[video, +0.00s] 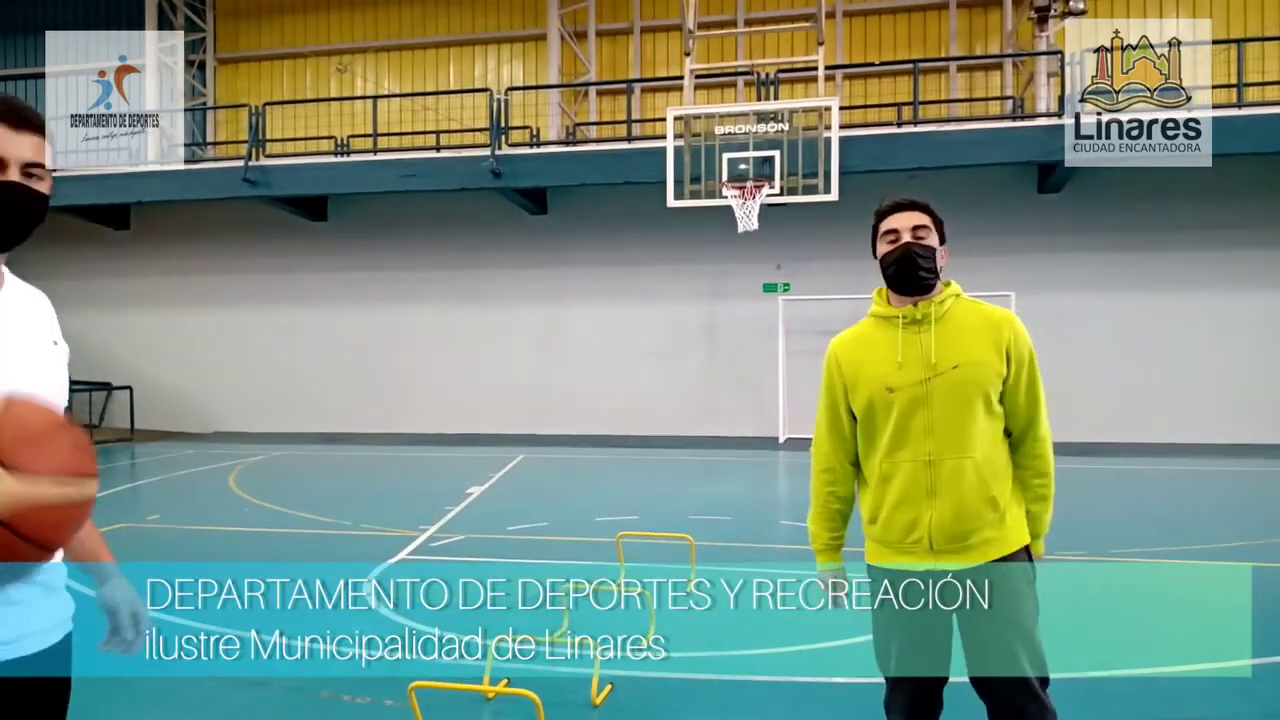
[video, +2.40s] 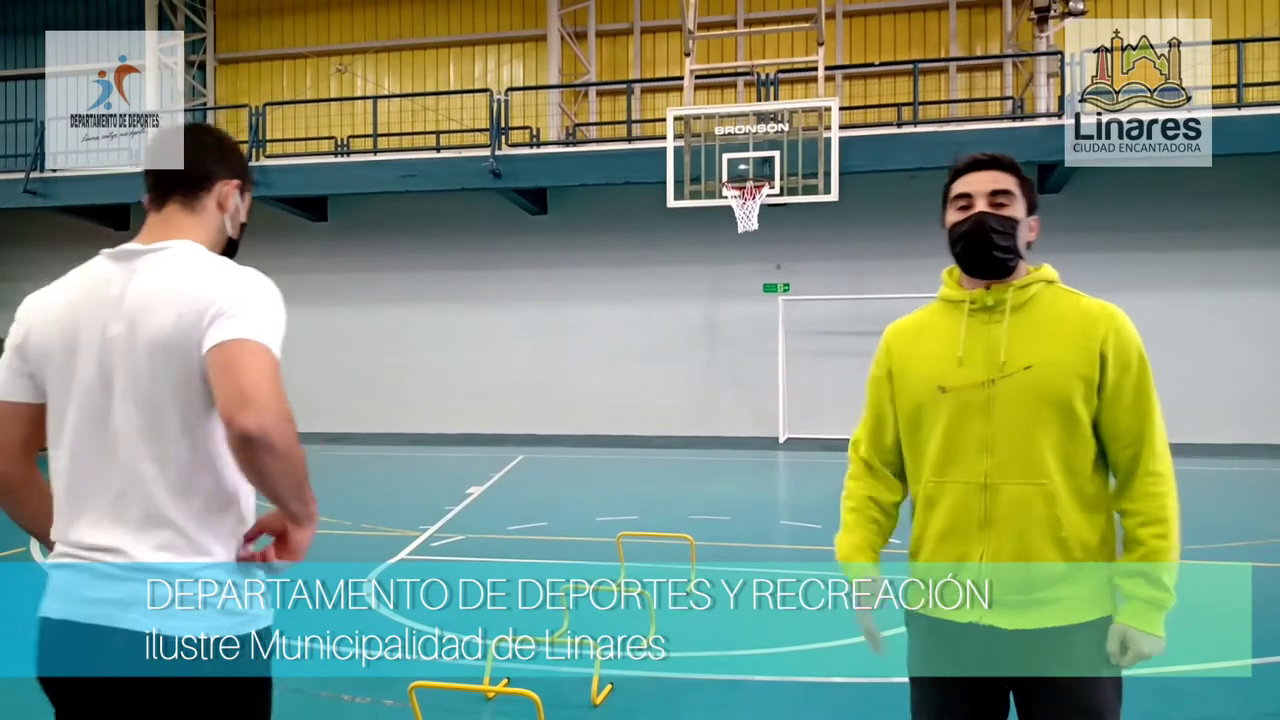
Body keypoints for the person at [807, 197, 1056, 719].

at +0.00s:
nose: (906, 241)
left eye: (919, 232)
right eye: (891, 236)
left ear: (943, 252)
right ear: (877, 259)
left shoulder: (1000, 330)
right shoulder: (849, 350)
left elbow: (1031, 439)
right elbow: (833, 458)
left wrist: (1033, 536)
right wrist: (828, 552)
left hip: (993, 551)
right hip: (899, 557)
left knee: (1019, 700)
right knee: (910, 703)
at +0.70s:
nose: (986, 236)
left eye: (1002, 227)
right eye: (969, 228)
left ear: (1021, 249)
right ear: (949, 251)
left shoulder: (1067, 342)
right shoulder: (902, 343)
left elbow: (1093, 465)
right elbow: (883, 460)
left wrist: (1091, 565)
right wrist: (889, 559)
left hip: (1037, 572)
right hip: (935, 571)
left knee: (1043, 712)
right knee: (931, 709)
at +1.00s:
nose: (1038, 230)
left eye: (1057, 220)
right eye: (1022, 218)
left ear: (1077, 245)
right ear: (1001, 237)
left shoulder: (1122, 343)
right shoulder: (944, 335)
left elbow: (1164, 469)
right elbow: (910, 450)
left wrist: (1171, 582)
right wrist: (890, 540)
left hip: (1067, 592)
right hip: (956, 587)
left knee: (1065, 715)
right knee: (933, 712)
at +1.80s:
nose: (963, 217)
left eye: (981, 204)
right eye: (945, 209)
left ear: (1009, 230)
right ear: (928, 237)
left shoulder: (1079, 329)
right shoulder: (887, 345)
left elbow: (1125, 463)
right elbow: (849, 455)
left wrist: (1134, 583)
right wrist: (816, 514)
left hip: (1058, 614)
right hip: (938, 617)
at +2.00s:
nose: (948, 217)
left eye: (965, 204)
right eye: (928, 210)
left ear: (993, 228)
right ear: (912, 238)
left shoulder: (1066, 326)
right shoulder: (874, 349)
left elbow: (1117, 459)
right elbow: (848, 475)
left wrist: (1126, 576)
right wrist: (850, 578)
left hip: (1057, 615)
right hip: (933, 621)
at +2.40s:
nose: (980, 213)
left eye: (999, 201)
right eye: (963, 203)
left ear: (1031, 228)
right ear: (945, 228)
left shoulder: (1100, 330)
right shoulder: (905, 342)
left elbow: (1144, 472)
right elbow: (875, 466)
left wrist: (1144, 602)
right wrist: (859, 561)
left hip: (1072, 625)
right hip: (945, 625)